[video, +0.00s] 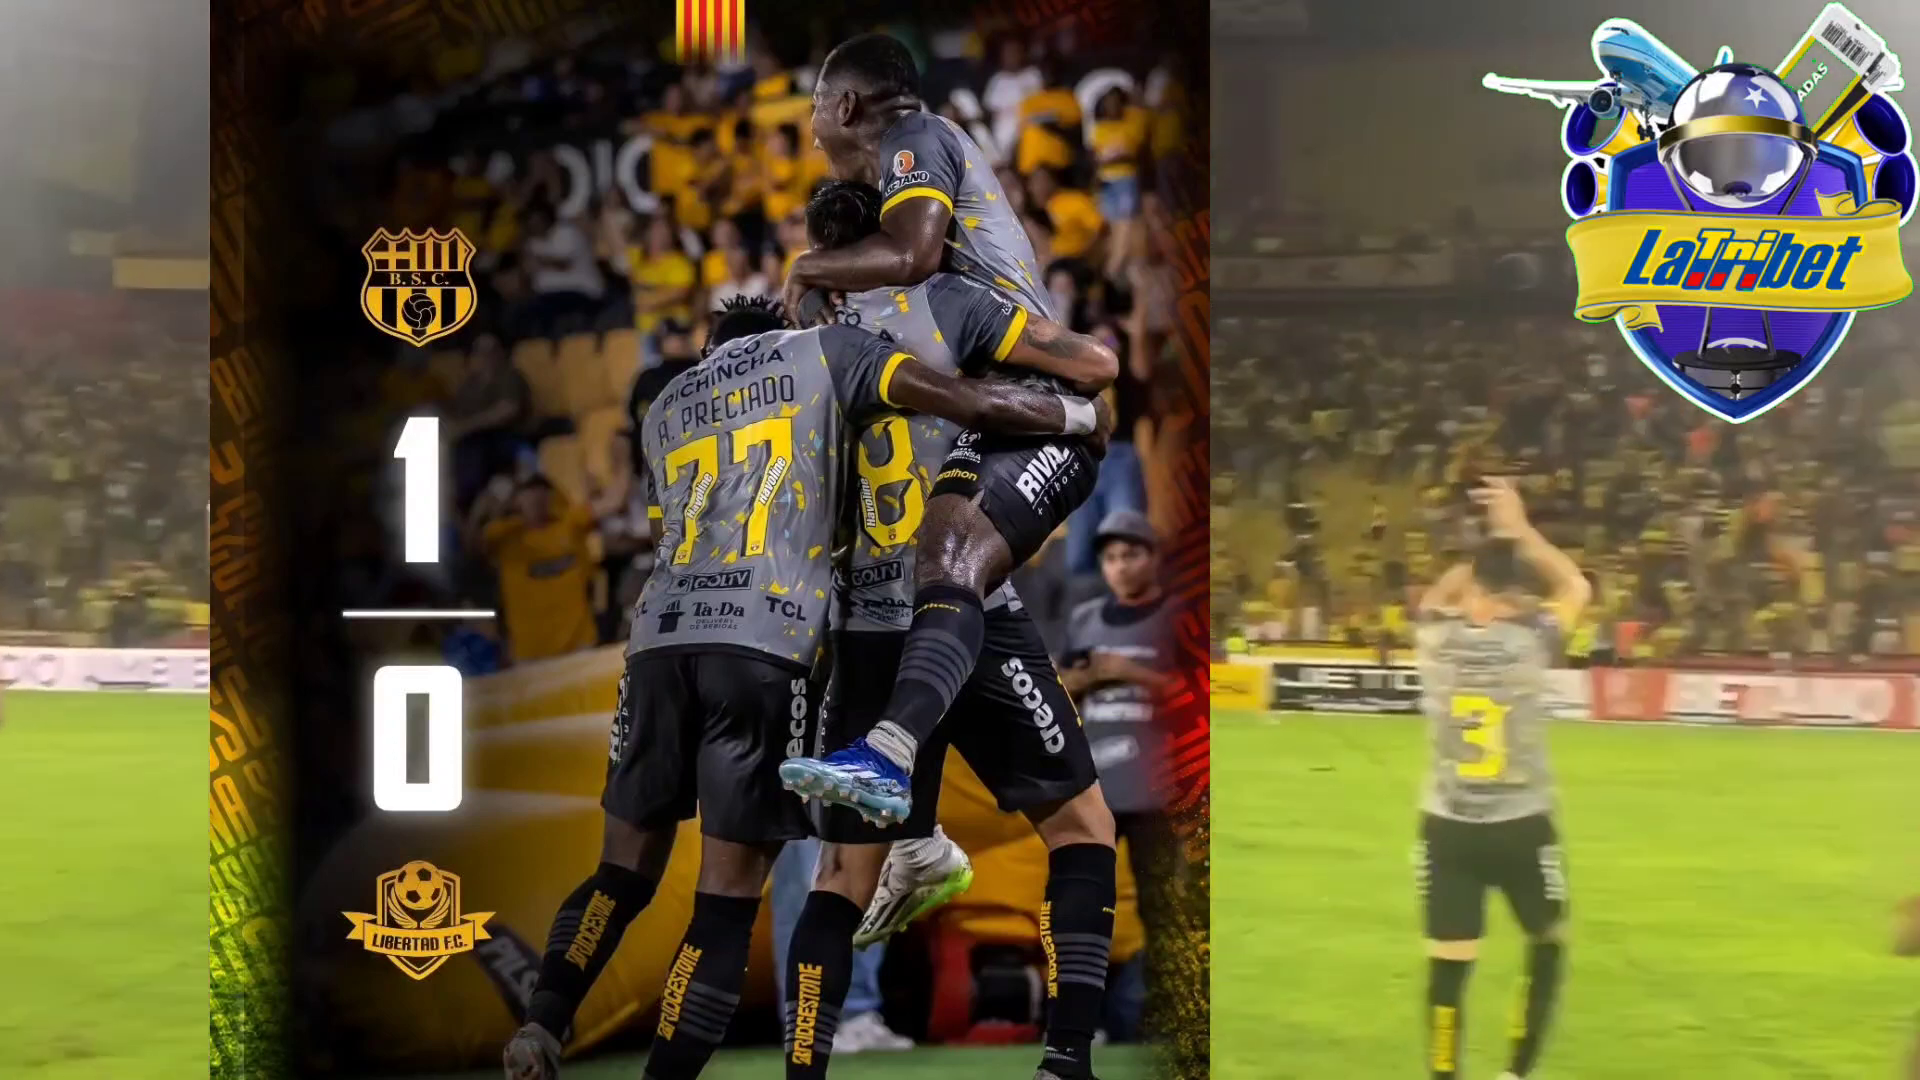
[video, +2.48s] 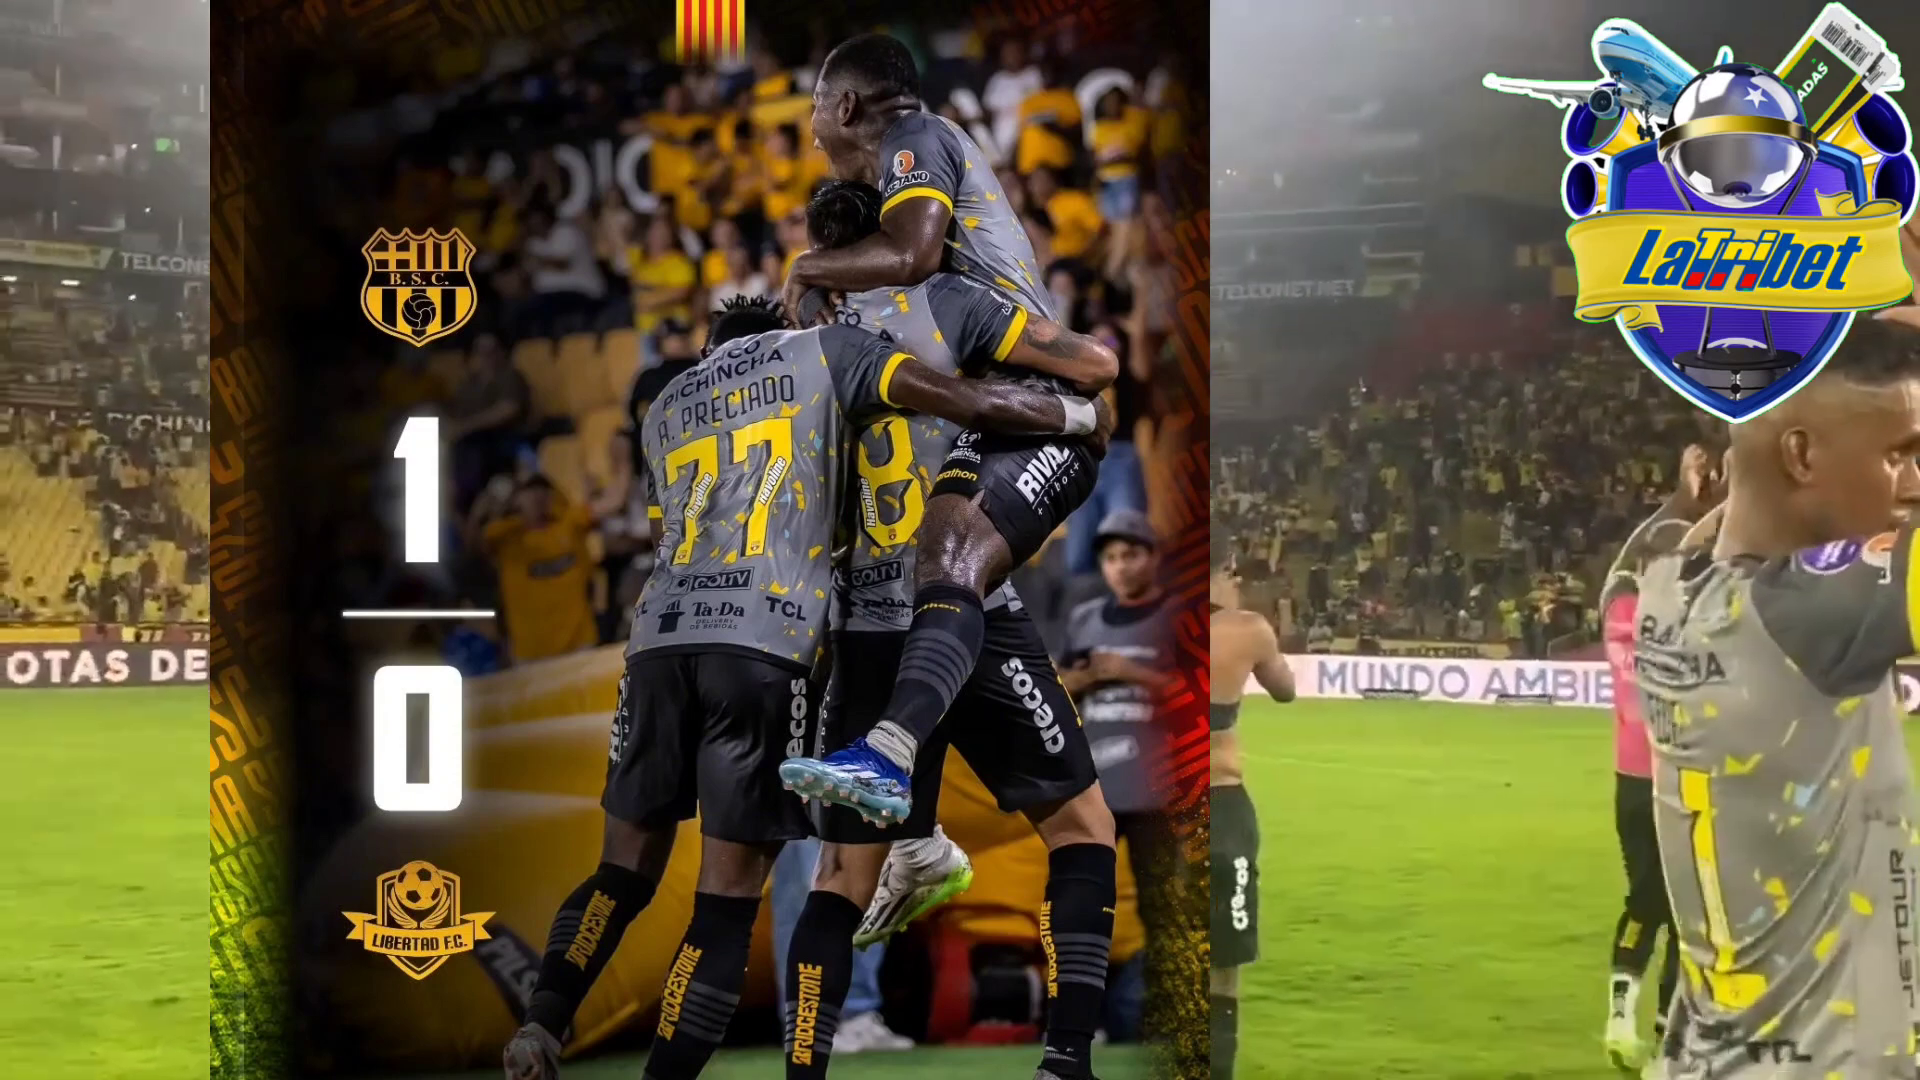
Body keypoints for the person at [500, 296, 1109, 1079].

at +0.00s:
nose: (821, 324)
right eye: (808, 317)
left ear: (708, 345)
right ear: (788, 324)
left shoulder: (661, 408)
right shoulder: (830, 347)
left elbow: (681, 519)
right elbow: (972, 400)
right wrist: (1088, 417)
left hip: (657, 648)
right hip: (762, 648)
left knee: (623, 867)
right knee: (727, 893)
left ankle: (543, 1026)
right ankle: (667, 1075)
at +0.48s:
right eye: (803, 317)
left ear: (708, 345)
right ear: (787, 324)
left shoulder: (661, 407)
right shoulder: (830, 348)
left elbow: (679, 519)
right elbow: (972, 401)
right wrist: (1087, 419)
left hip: (657, 648)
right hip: (762, 648)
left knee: (623, 867)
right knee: (726, 893)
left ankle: (543, 1026)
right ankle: (667, 1074)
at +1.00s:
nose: (820, 324)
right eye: (808, 318)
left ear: (708, 346)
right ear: (787, 324)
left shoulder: (660, 408)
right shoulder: (830, 348)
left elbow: (679, 520)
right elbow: (970, 400)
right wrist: (1089, 417)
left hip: (657, 648)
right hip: (761, 649)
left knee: (623, 867)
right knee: (726, 893)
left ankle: (543, 1026)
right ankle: (667, 1074)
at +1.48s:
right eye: (804, 317)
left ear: (708, 345)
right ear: (787, 323)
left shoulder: (661, 407)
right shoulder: (830, 348)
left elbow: (679, 519)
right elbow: (972, 400)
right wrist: (1089, 418)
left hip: (657, 648)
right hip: (761, 648)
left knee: (623, 867)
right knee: (727, 893)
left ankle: (543, 1026)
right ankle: (667, 1075)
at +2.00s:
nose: (822, 324)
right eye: (809, 318)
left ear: (708, 345)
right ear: (788, 324)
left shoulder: (661, 407)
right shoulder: (830, 347)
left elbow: (681, 518)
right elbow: (972, 400)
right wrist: (1088, 417)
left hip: (657, 648)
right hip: (761, 648)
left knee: (623, 867)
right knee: (727, 893)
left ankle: (543, 1026)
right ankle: (666, 1075)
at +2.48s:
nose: (828, 326)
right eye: (816, 319)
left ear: (709, 345)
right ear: (792, 324)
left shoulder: (661, 406)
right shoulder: (829, 348)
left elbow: (681, 519)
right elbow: (969, 399)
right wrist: (1087, 418)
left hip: (658, 648)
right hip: (762, 648)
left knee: (623, 865)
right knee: (728, 891)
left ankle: (542, 1027)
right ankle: (667, 1076)